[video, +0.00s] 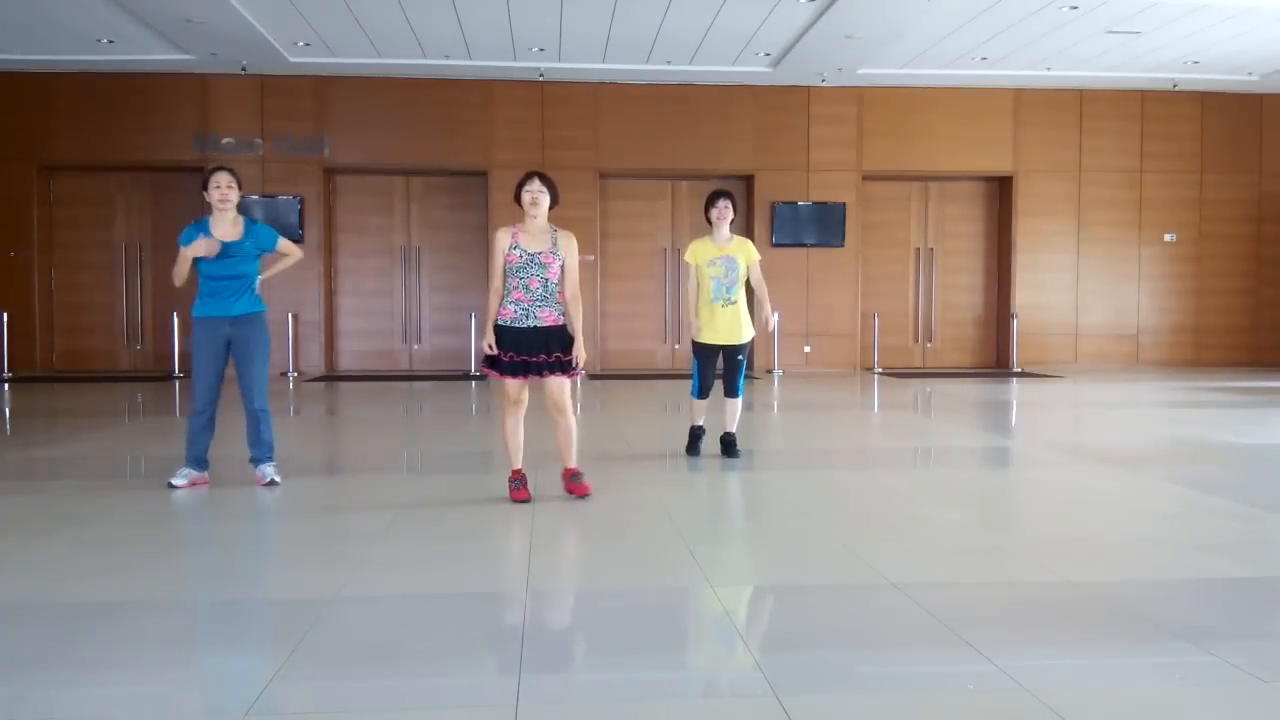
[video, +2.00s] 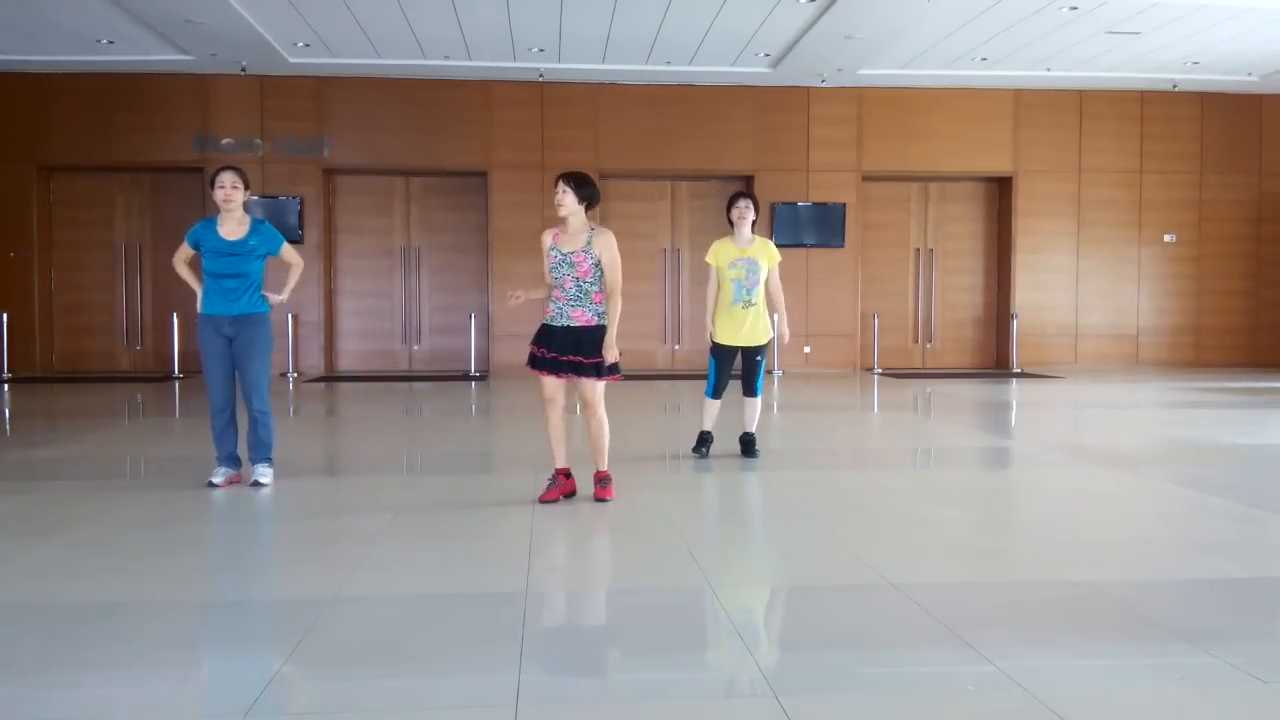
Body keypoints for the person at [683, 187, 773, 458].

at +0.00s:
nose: (721, 211)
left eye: (726, 207)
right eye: (716, 207)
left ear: (733, 213)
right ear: (708, 212)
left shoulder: (745, 246)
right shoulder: (696, 248)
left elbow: (758, 282)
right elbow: (691, 287)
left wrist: (767, 309)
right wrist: (692, 320)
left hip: (738, 328)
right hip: (705, 328)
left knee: (734, 387)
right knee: (701, 386)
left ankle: (729, 436)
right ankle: (696, 432)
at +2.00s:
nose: (742, 211)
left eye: (747, 207)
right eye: (737, 207)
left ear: (755, 214)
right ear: (729, 214)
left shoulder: (767, 248)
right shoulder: (719, 247)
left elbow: (775, 288)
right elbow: (712, 288)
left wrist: (782, 319)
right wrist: (708, 322)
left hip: (757, 327)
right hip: (725, 327)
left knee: (752, 387)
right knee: (715, 385)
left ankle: (749, 437)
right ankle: (705, 436)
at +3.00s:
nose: (712, 214)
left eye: (717, 210)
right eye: (707, 209)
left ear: (723, 216)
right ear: (698, 214)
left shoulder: (731, 248)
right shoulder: (684, 246)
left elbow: (735, 288)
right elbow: (674, 285)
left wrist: (736, 324)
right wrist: (668, 322)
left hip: (719, 327)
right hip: (687, 327)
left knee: (731, 385)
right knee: (692, 386)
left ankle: (743, 434)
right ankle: (694, 437)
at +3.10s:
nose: (712, 214)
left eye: (717, 210)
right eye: (707, 209)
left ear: (722, 215)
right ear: (697, 214)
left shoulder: (730, 248)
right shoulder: (683, 246)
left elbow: (736, 288)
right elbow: (674, 286)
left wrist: (739, 323)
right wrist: (669, 321)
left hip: (720, 327)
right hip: (687, 326)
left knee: (731, 384)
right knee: (692, 385)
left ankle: (743, 434)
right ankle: (694, 436)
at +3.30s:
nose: (715, 213)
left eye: (719, 209)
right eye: (709, 208)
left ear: (725, 215)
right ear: (700, 213)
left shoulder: (732, 248)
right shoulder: (685, 246)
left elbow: (739, 288)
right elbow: (676, 284)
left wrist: (742, 323)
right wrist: (673, 320)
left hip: (723, 327)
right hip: (691, 326)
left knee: (734, 384)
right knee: (693, 385)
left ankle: (744, 434)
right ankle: (694, 436)